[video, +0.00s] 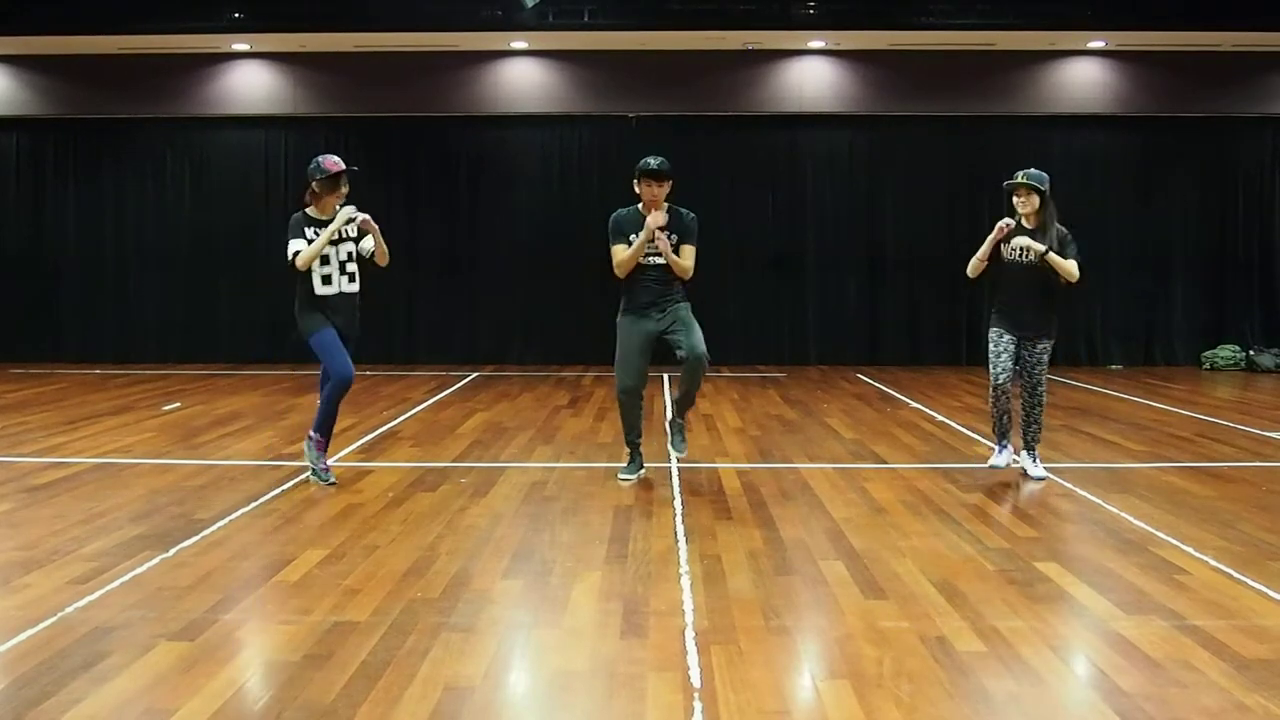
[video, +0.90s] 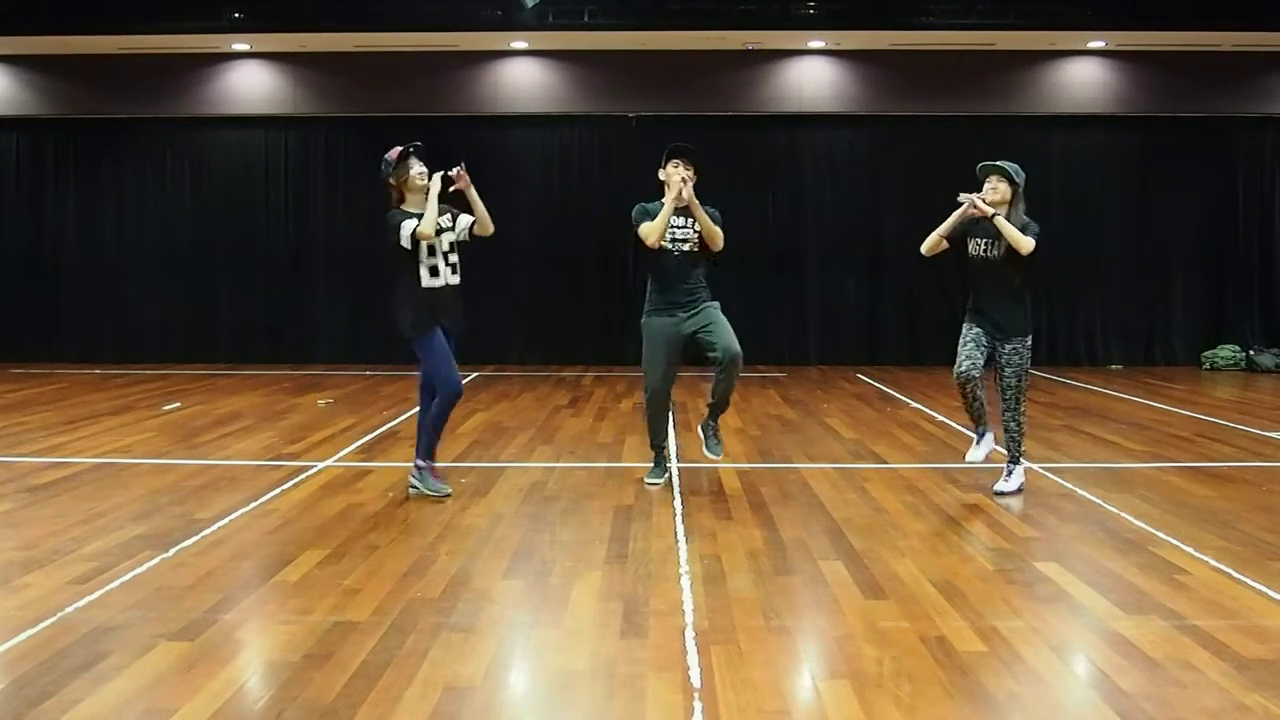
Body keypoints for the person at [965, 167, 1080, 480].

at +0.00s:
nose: (1021, 199)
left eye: (1028, 194)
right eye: (1017, 194)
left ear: (1042, 198)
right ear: (1012, 198)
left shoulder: (1058, 235)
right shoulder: (1003, 232)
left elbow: (1073, 274)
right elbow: (972, 272)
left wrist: (1042, 250)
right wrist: (993, 238)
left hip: (1040, 326)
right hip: (1003, 321)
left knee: (1034, 389)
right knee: (999, 383)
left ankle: (1029, 453)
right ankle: (1003, 447)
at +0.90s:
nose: (989, 188)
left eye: (997, 184)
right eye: (986, 183)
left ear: (1013, 191)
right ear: (981, 190)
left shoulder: (1025, 224)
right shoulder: (971, 221)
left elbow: (1025, 247)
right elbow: (927, 249)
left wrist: (993, 214)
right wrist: (957, 216)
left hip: (1014, 325)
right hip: (978, 320)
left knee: (1011, 398)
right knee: (965, 374)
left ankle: (1014, 465)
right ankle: (983, 434)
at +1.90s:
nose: (921, 176)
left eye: (930, 173)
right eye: (920, 172)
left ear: (948, 184)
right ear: (916, 185)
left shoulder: (959, 222)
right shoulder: (906, 220)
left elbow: (944, 242)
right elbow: (855, 246)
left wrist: (914, 205)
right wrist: (884, 209)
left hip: (949, 331)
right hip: (910, 327)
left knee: (953, 406)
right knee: (892, 393)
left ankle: (963, 480)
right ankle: (911, 469)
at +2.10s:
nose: (901, 197)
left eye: (910, 191)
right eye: (898, 191)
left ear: (928, 197)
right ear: (894, 198)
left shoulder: (944, 240)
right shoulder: (888, 237)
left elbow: (931, 271)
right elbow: (842, 267)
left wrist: (898, 231)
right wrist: (868, 228)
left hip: (922, 342)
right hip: (886, 341)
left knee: (884, 403)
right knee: (888, 423)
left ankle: (929, 444)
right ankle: (915, 494)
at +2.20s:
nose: (896, 182)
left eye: (904, 178)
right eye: (893, 177)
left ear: (921, 187)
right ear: (887, 184)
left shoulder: (934, 228)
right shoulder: (877, 226)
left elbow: (932, 257)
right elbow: (828, 255)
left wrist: (897, 218)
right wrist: (859, 215)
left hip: (916, 329)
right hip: (885, 329)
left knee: (865, 379)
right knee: (892, 412)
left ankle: (907, 440)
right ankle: (915, 492)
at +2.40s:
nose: (877, 178)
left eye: (886, 174)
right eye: (874, 172)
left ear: (901, 186)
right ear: (865, 179)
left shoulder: (907, 221)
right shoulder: (853, 218)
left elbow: (914, 244)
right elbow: (804, 243)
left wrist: (882, 205)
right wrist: (836, 202)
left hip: (891, 333)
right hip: (857, 332)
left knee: (858, 409)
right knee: (883, 416)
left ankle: (865, 500)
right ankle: (913, 486)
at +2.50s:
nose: (858, 192)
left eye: (867, 186)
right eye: (856, 186)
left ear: (887, 191)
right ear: (851, 192)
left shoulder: (901, 234)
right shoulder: (846, 232)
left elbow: (894, 262)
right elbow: (801, 264)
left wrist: (863, 220)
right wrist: (826, 219)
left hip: (877, 345)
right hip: (843, 342)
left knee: (860, 425)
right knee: (837, 426)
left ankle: (865, 506)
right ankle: (892, 469)